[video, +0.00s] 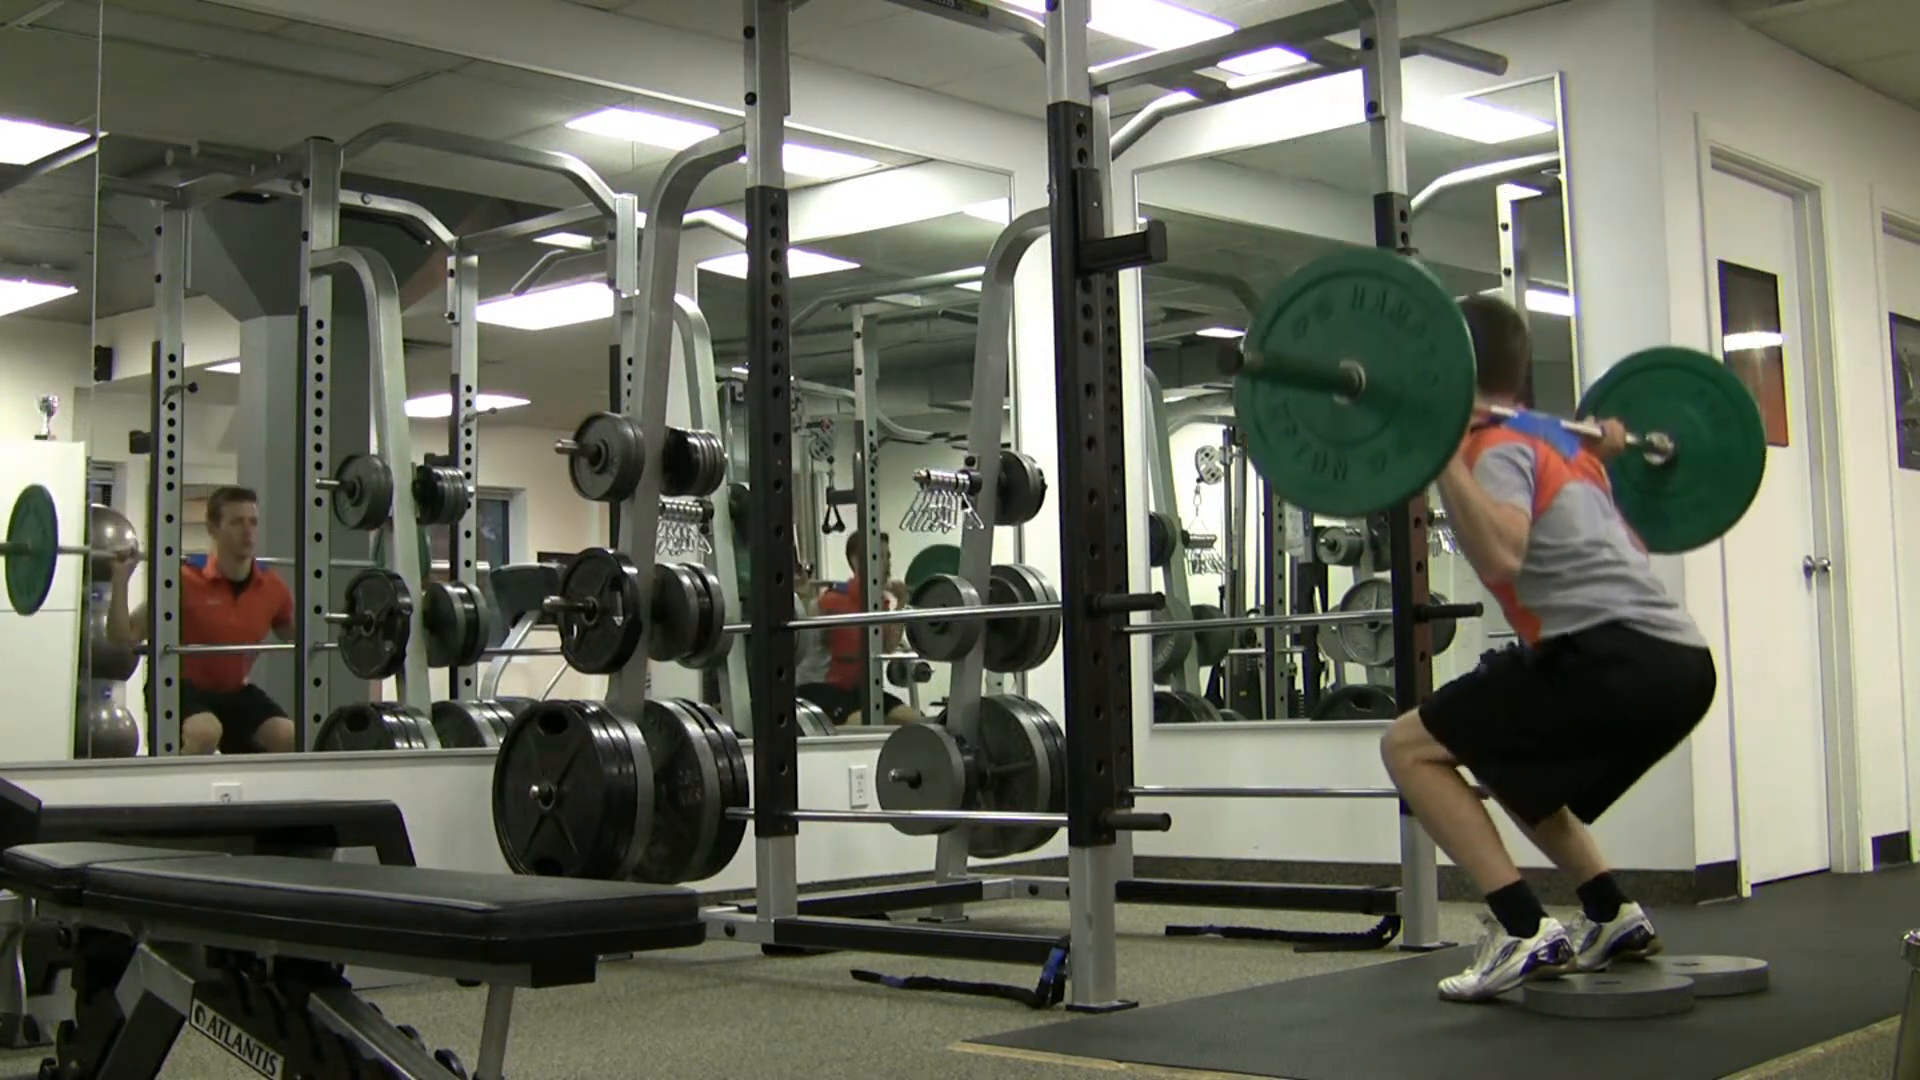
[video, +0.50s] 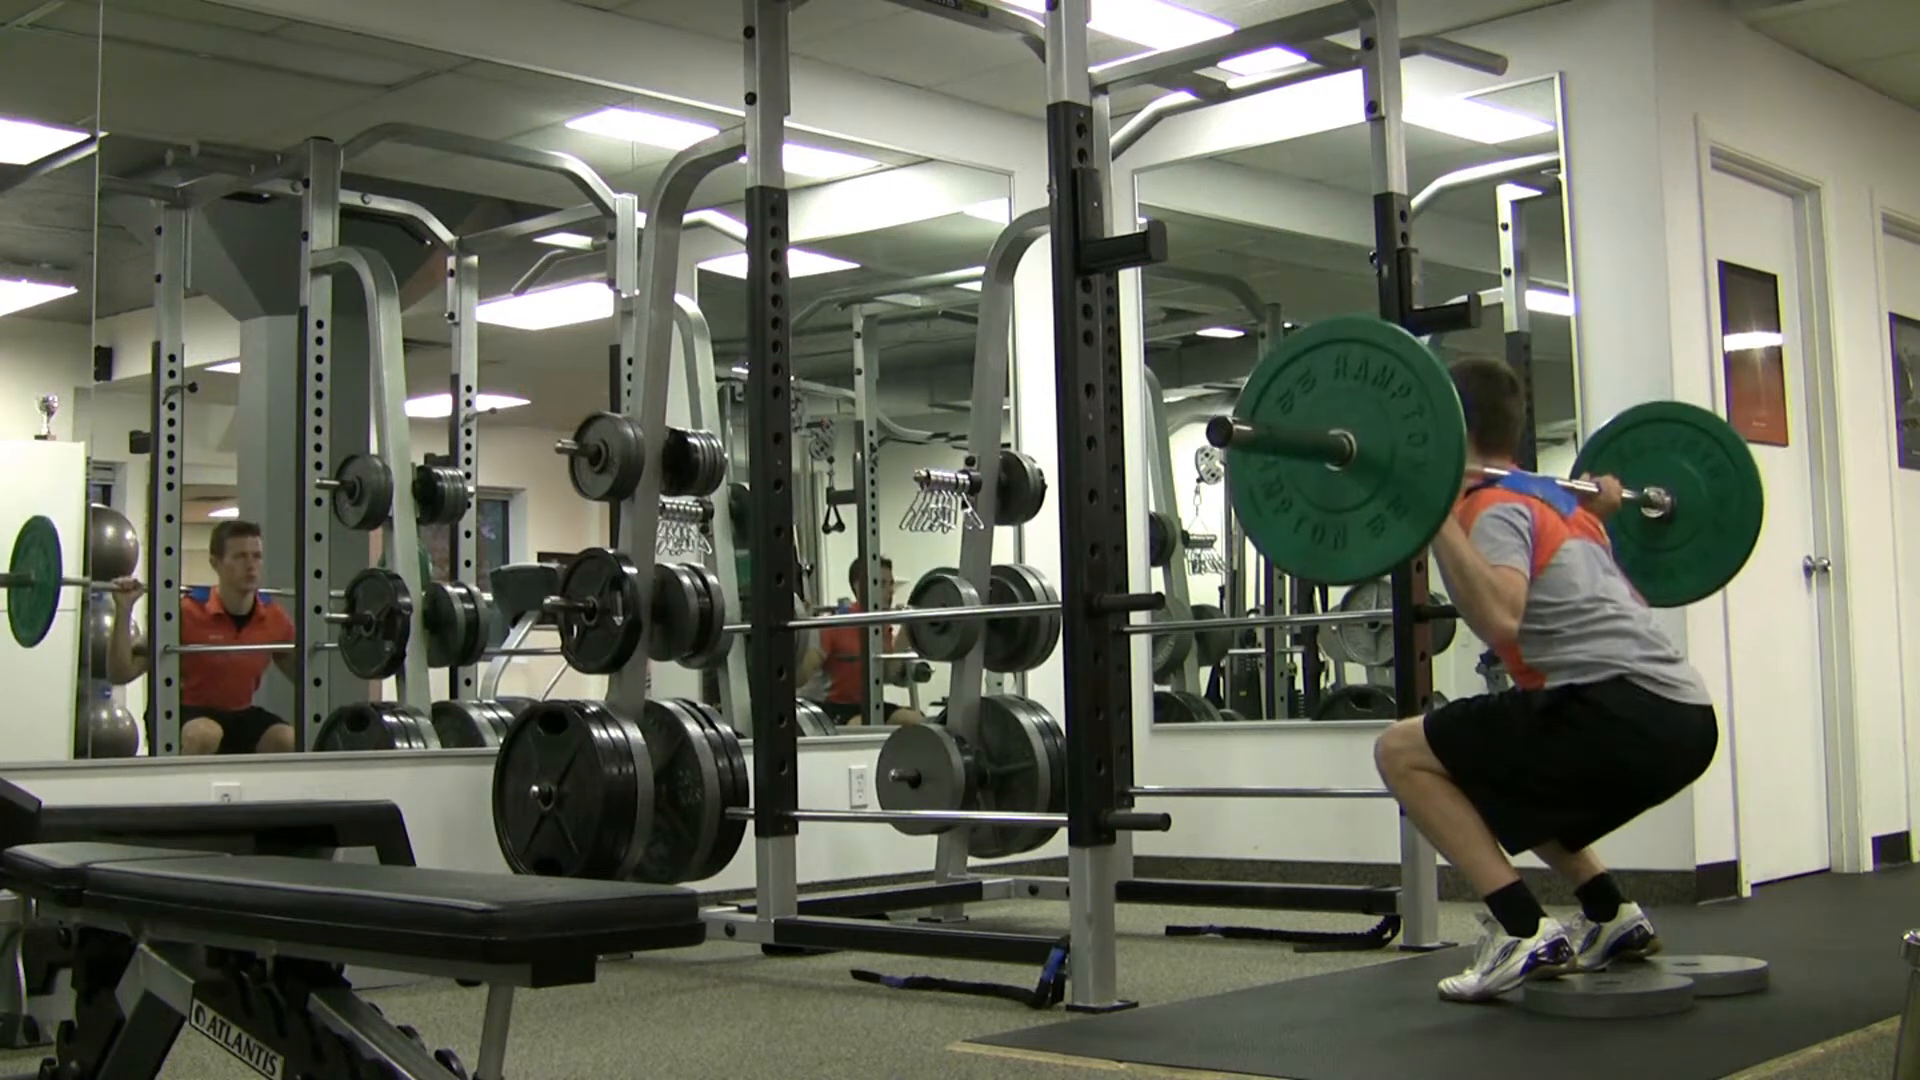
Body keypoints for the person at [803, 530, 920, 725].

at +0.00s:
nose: (884, 564)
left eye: (886, 557)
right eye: (875, 557)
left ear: (890, 559)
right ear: (854, 561)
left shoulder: (880, 601)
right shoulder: (832, 601)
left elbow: (888, 646)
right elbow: (820, 644)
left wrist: (901, 603)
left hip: (868, 689)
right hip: (834, 691)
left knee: (916, 722)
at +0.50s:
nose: (890, 590)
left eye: (891, 584)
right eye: (881, 584)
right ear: (858, 586)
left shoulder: (883, 625)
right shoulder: (833, 624)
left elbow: (890, 674)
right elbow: (804, 674)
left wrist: (908, 627)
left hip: (872, 704)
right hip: (836, 705)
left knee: (914, 719)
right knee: (862, 726)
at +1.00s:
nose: (888, 549)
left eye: (889, 542)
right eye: (881, 542)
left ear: (891, 544)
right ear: (856, 546)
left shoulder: (881, 586)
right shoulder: (831, 587)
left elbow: (888, 636)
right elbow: (821, 633)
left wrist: (904, 592)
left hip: (868, 679)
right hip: (832, 680)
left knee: (912, 719)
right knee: (859, 723)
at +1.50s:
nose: (885, 495)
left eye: (885, 488)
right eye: (879, 488)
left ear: (882, 492)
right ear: (861, 491)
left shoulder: (877, 534)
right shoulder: (832, 531)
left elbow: (887, 585)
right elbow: (800, 580)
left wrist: (900, 538)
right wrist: (800, 533)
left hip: (867, 642)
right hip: (835, 644)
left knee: (903, 718)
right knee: (853, 721)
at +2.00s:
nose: (874, 465)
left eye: (877, 457)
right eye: (865, 457)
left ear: (882, 460)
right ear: (849, 459)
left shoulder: (875, 505)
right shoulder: (830, 502)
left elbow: (888, 557)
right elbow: (799, 554)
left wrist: (898, 512)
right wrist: (798, 503)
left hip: (865, 613)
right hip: (833, 614)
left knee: (868, 704)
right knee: (838, 703)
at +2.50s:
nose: (872, 462)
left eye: (876, 454)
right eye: (863, 454)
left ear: (881, 457)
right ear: (848, 457)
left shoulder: (874, 502)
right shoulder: (831, 498)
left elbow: (888, 555)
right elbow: (798, 551)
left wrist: (897, 508)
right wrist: (798, 501)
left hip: (868, 611)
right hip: (833, 611)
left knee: (869, 702)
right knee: (828, 700)